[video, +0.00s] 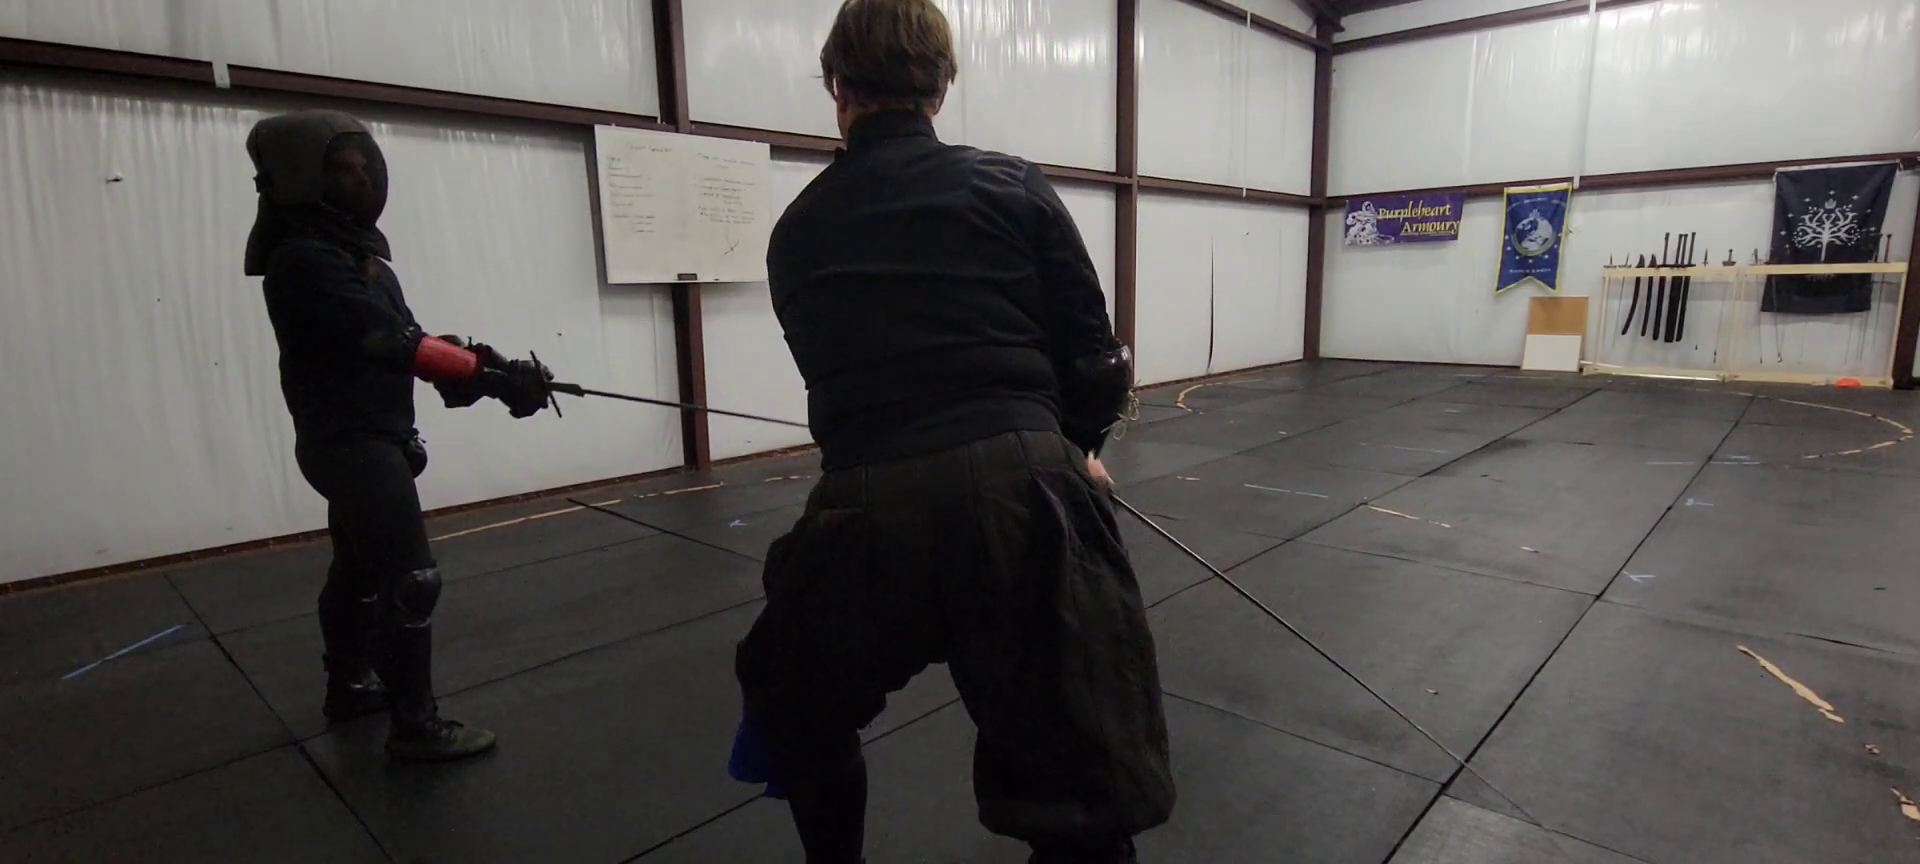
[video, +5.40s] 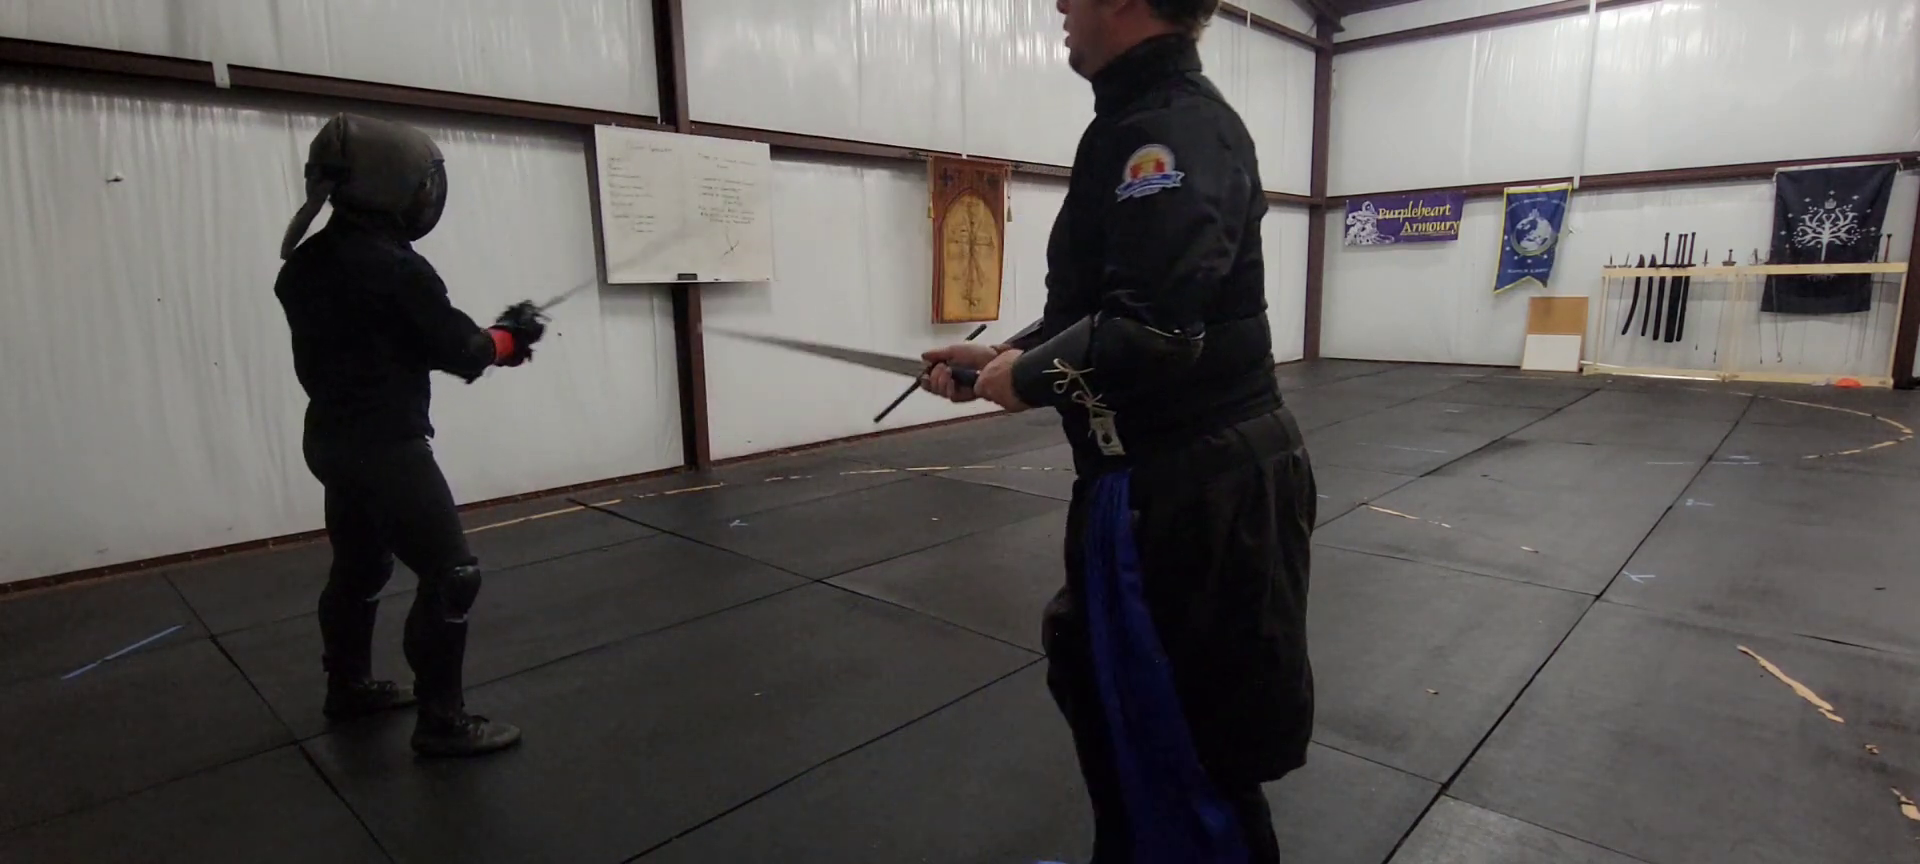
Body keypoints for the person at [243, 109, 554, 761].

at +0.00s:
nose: (368, 178)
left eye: (371, 165)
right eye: (350, 167)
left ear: (375, 172)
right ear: (311, 179)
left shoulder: (350, 246)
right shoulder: (304, 258)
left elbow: (393, 336)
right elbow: (381, 341)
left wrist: (466, 361)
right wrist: (493, 374)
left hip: (375, 441)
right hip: (352, 446)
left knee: (359, 571)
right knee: (409, 580)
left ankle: (349, 689)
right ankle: (416, 725)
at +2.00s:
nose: (355, 181)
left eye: (361, 169)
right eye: (339, 169)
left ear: (371, 179)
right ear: (308, 179)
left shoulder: (350, 245)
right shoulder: (292, 254)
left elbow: (393, 328)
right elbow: (364, 334)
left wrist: (466, 349)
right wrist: (478, 345)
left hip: (376, 439)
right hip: (343, 444)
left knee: (359, 569)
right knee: (392, 582)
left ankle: (349, 688)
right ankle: (411, 723)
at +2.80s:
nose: (362, 184)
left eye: (368, 171)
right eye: (345, 172)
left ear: (379, 179)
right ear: (314, 182)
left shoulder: (354, 246)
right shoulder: (304, 255)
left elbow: (391, 333)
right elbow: (359, 336)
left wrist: (433, 357)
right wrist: (433, 359)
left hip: (377, 438)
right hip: (349, 444)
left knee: (360, 569)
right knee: (394, 581)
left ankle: (349, 687)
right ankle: (408, 717)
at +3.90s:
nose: (432, 196)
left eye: (433, 183)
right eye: (422, 183)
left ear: (358, 189)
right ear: (389, 188)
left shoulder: (341, 256)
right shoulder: (374, 261)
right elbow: (423, 363)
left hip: (357, 443)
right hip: (382, 447)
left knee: (378, 568)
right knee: (447, 578)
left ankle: (350, 688)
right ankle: (441, 721)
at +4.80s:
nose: (439, 192)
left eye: (437, 180)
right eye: (431, 180)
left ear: (348, 187)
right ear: (407, 189)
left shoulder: (306, 268)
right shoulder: (406, 268)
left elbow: (383, 342)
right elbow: (461, 344)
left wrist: (471, 330)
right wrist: (507, 336)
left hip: (339, 448)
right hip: (398, 451)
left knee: (360, 570)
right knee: (459, 577)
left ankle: (349, 691)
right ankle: (444, 723)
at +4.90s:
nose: (446, 195)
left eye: (444, 182)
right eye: (439, 183)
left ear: (358, 186)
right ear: (419, 191)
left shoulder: (314, 261)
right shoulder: (414, 267)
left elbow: (288, 345)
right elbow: (461, 352)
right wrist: (481, 328)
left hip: (340, 445)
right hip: (398, 449)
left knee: (360, 568)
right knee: (460, 577)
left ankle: (348, 690)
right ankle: (444, 722)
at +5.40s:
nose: (432, 193)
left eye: (430, 180)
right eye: (425, 181)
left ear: (342, 186)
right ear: (402, 190)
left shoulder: (303, 266)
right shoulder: (399, 270)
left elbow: (338, 354)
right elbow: (456, 349)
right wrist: (506, 340)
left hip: (333, 447)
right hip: (392, 450)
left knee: (357, 568)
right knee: (451, 575)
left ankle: (348, 687)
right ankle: (442, 719)